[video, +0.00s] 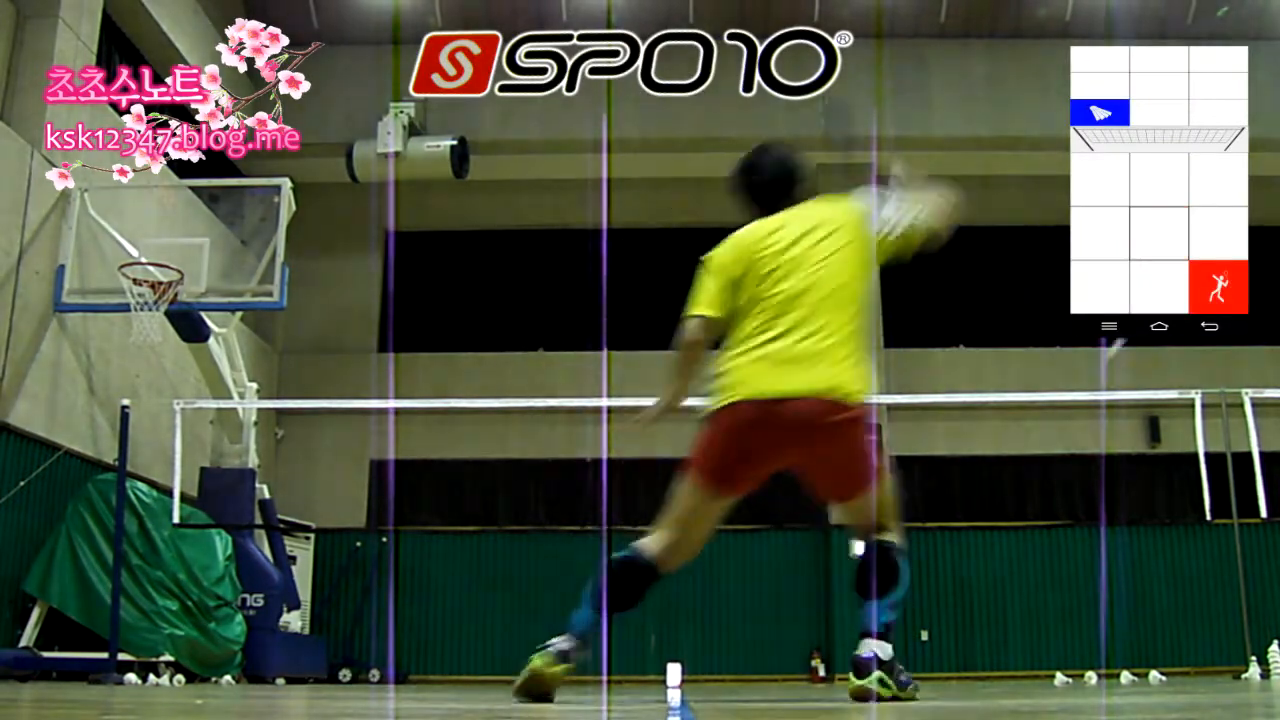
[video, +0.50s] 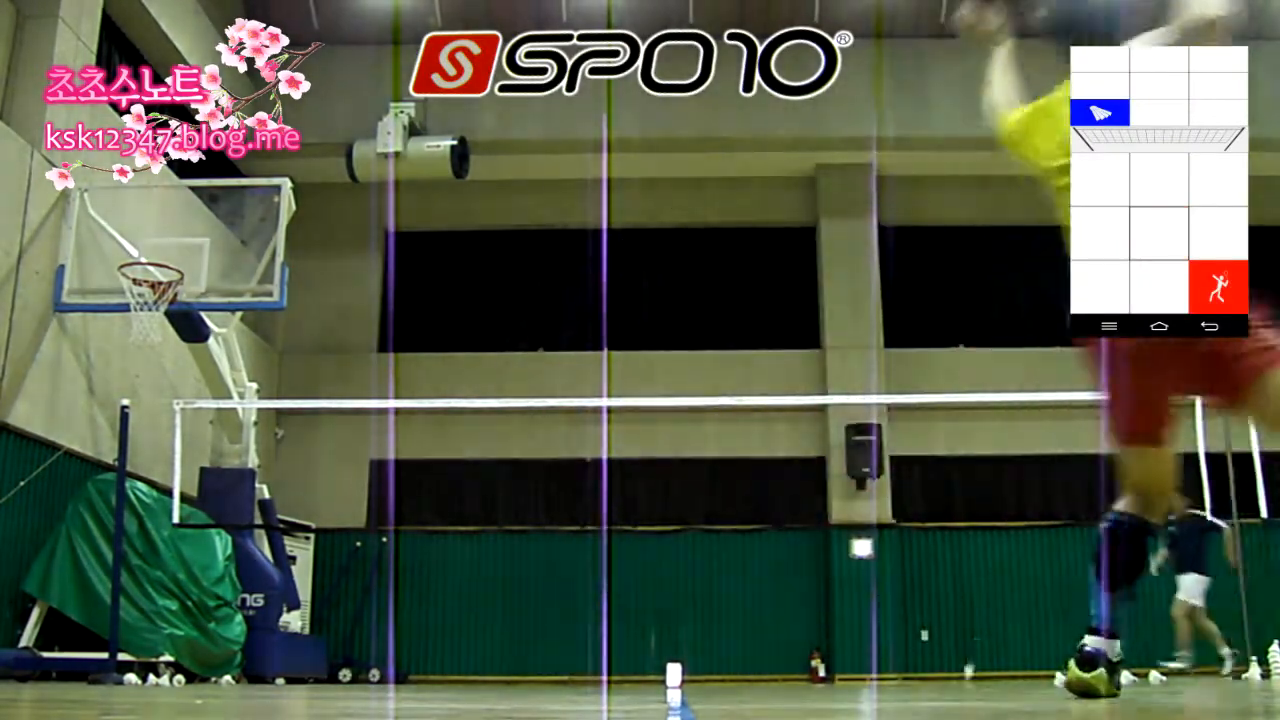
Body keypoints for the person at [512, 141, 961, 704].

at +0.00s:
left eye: (752, 190)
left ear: (750, 196)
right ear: (804, 183)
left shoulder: (734, 248)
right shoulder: (853, 215)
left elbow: (694, 337)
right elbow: (937, 213)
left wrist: (669, 397)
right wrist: (915, 186)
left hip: (745, 407)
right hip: (832, 407)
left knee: (669, 538)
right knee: (877, 530)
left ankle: (568, 642)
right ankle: (875, 652)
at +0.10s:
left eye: (806, 147)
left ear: (807, 147)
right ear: (863, 128)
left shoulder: (800, 204)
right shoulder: (913, 151)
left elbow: (740, 308)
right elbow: (987, 102)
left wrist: (732, 307)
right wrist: (927, 50)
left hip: (824, 349)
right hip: (911, 349)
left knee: (762, 495)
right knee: (916, 508)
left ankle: (694, 624)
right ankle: (883, 649)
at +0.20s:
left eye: (876, 72)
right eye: (902, 64)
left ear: (863, 91)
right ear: (912, 70)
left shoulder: (855, 147)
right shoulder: (951, 92)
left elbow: (801, 239)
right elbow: (1027, 29)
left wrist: (806, 195)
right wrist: (984, 6)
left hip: (893, 288)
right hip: (974, 277)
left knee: (896, 460)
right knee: (983, 457)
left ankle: (877, 616)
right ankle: (969, 610)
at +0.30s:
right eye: (971, 28)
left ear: (916, 61)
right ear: (966, 41)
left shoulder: (905, 127)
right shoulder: (997, 67)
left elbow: (870, 187)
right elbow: (1070, 15)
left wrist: (877, 128)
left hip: (952, 281)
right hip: (1032, 261)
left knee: (999, 445)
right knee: (1079, 426)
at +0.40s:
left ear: (995, 56)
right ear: (1051, 39)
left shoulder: (991, 113)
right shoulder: (1084, 77)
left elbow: (943, 162)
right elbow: (1129, 24)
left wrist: (942, 92)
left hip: (1024, 303)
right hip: (1111, 281)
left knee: (1097, 482)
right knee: (1226, 428)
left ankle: (1091, 650)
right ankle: (1221, 579)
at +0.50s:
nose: (1215, 58)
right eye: (1203, 48)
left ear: (1101, 61)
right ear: (1175, 50)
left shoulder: (1069, 118)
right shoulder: (1193, 104)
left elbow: (1004, 115)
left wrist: (1000, 40)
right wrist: (1183, 27)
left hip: (1125, 326)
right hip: (1216, 312)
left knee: (1144, 489)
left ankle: (1099, 645)